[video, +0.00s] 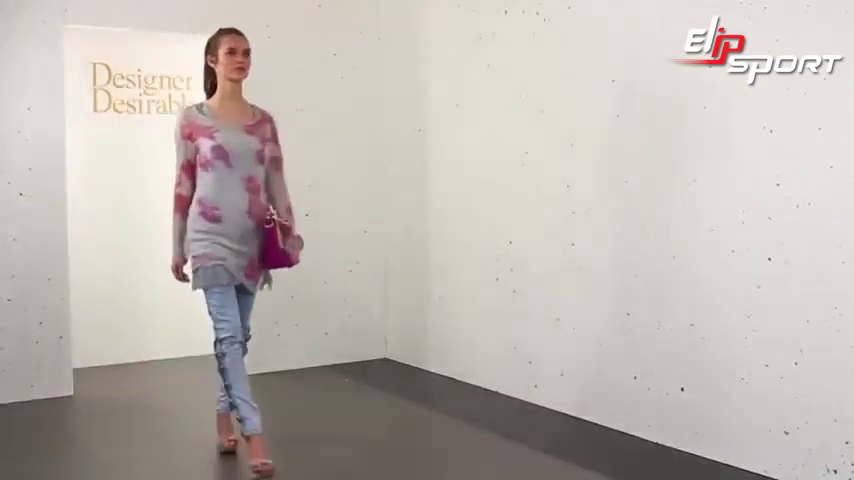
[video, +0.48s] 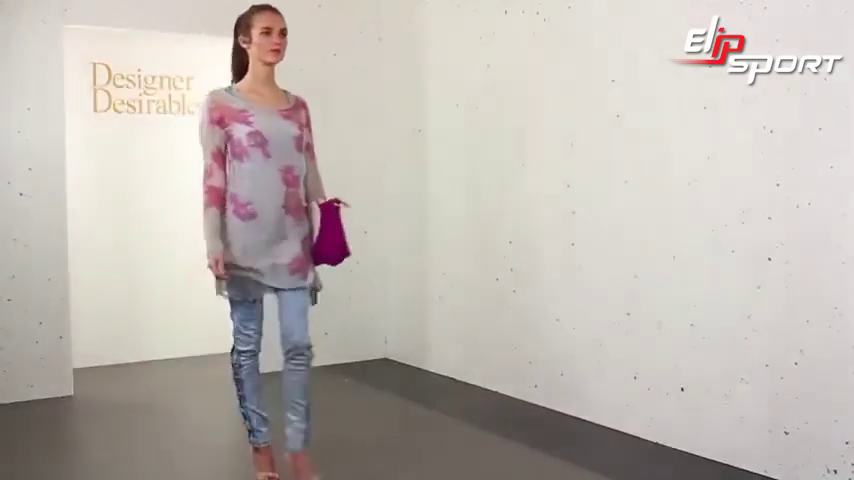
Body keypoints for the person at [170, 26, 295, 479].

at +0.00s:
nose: (240, 60)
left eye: (245, 53)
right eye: (232, 53)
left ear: (251, 61)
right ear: (212, 61)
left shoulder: (264, 120)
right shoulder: (192, 117)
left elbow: (276, 180)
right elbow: (184, 184)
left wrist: (289, 229)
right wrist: (178, 246)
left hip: (253, 238)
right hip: (208, 236)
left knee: (240, 334)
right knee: (228, 333)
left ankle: (225, 412)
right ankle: (252, 430)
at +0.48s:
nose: (277, 41)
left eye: (281, 34)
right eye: (267, 33)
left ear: (286, 42)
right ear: (245, 40)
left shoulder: (297, 105)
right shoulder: (220, 103)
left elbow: (311, 176)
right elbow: (213, 179)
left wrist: (325, 234)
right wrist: (214, 244)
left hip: (294, 240)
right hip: (242, 242)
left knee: (298, 347)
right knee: (247, 346)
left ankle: (298, 450)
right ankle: (260, 445)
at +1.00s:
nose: (330, 18)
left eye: (334, 10)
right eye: (317, 10)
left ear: (340, 22)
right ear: (293, 22)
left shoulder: (350, 100)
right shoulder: (266, 93)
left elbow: (363, 175)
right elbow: (252, 176)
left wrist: (385, 239)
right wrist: (248, 254)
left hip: (347, 248)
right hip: (291, 250)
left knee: (343, 372)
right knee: (320, 369)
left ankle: (329, 473)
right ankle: (291, 463)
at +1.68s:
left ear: (407, 3)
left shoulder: (428, 81)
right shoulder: (331, 76)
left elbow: (442, 172)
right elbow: (317, 176)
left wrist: (462, 251)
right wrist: (310, 269)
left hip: (419, 260)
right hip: (352, 261)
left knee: (423, 401)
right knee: (362, 397)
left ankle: (414, 473)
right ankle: (368, 474)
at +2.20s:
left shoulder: (496, 70)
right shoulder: (385, 58)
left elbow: (513, 173)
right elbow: (368, 175)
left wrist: (540, 258)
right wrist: (352, 277)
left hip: (489, 275)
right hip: (415, 274)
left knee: (488, 426)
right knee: (426, 426)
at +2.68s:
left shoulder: (493, 44)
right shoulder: (422, 36)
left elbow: (520, 146)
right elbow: (341, 126)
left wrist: (550, 243)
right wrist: (361, 233)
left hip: (510, 258)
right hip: (459, 262)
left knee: (504, 439)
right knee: (479, 440)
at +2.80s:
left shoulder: (484, 40)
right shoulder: (438, 25)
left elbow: (493, 142)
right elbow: (350, 97)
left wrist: (535, 201)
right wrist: (399, 200)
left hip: (508, 261)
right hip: (472, 262)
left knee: (511, 436)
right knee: (483, 440)